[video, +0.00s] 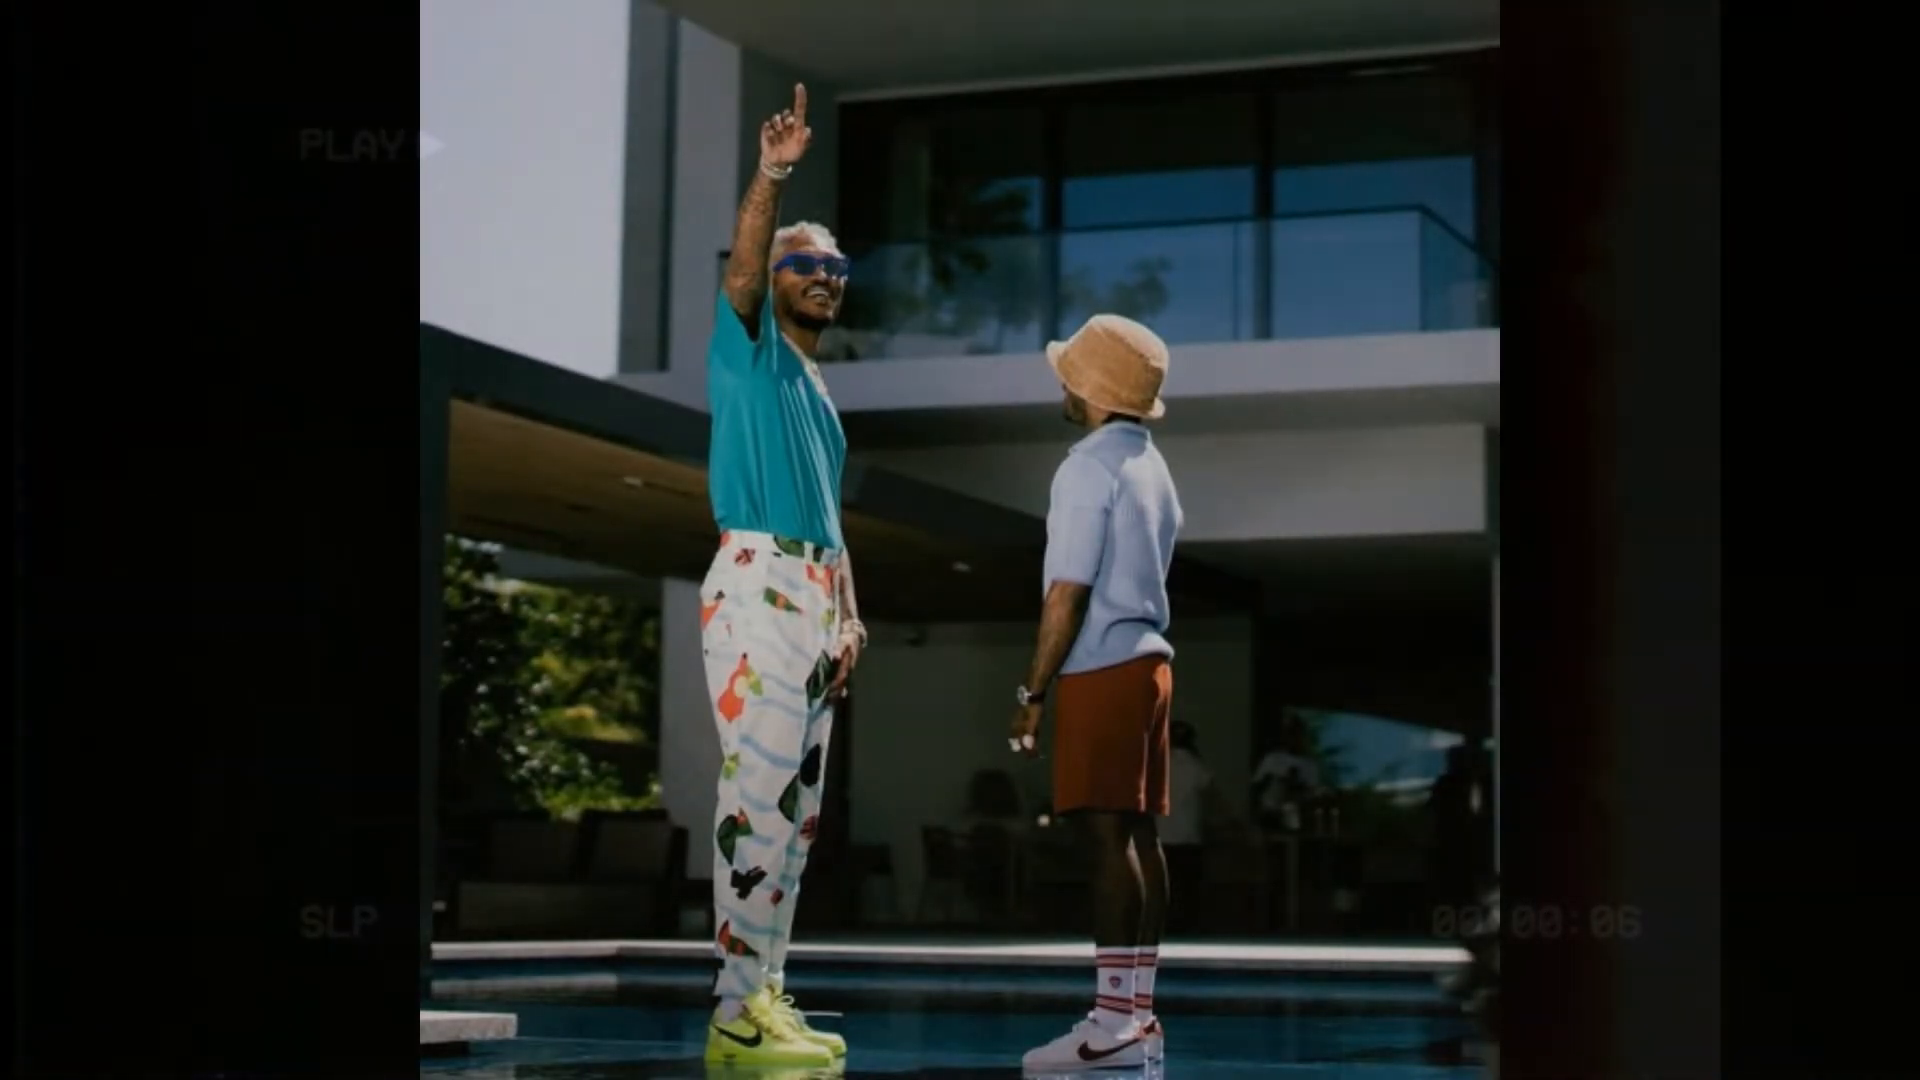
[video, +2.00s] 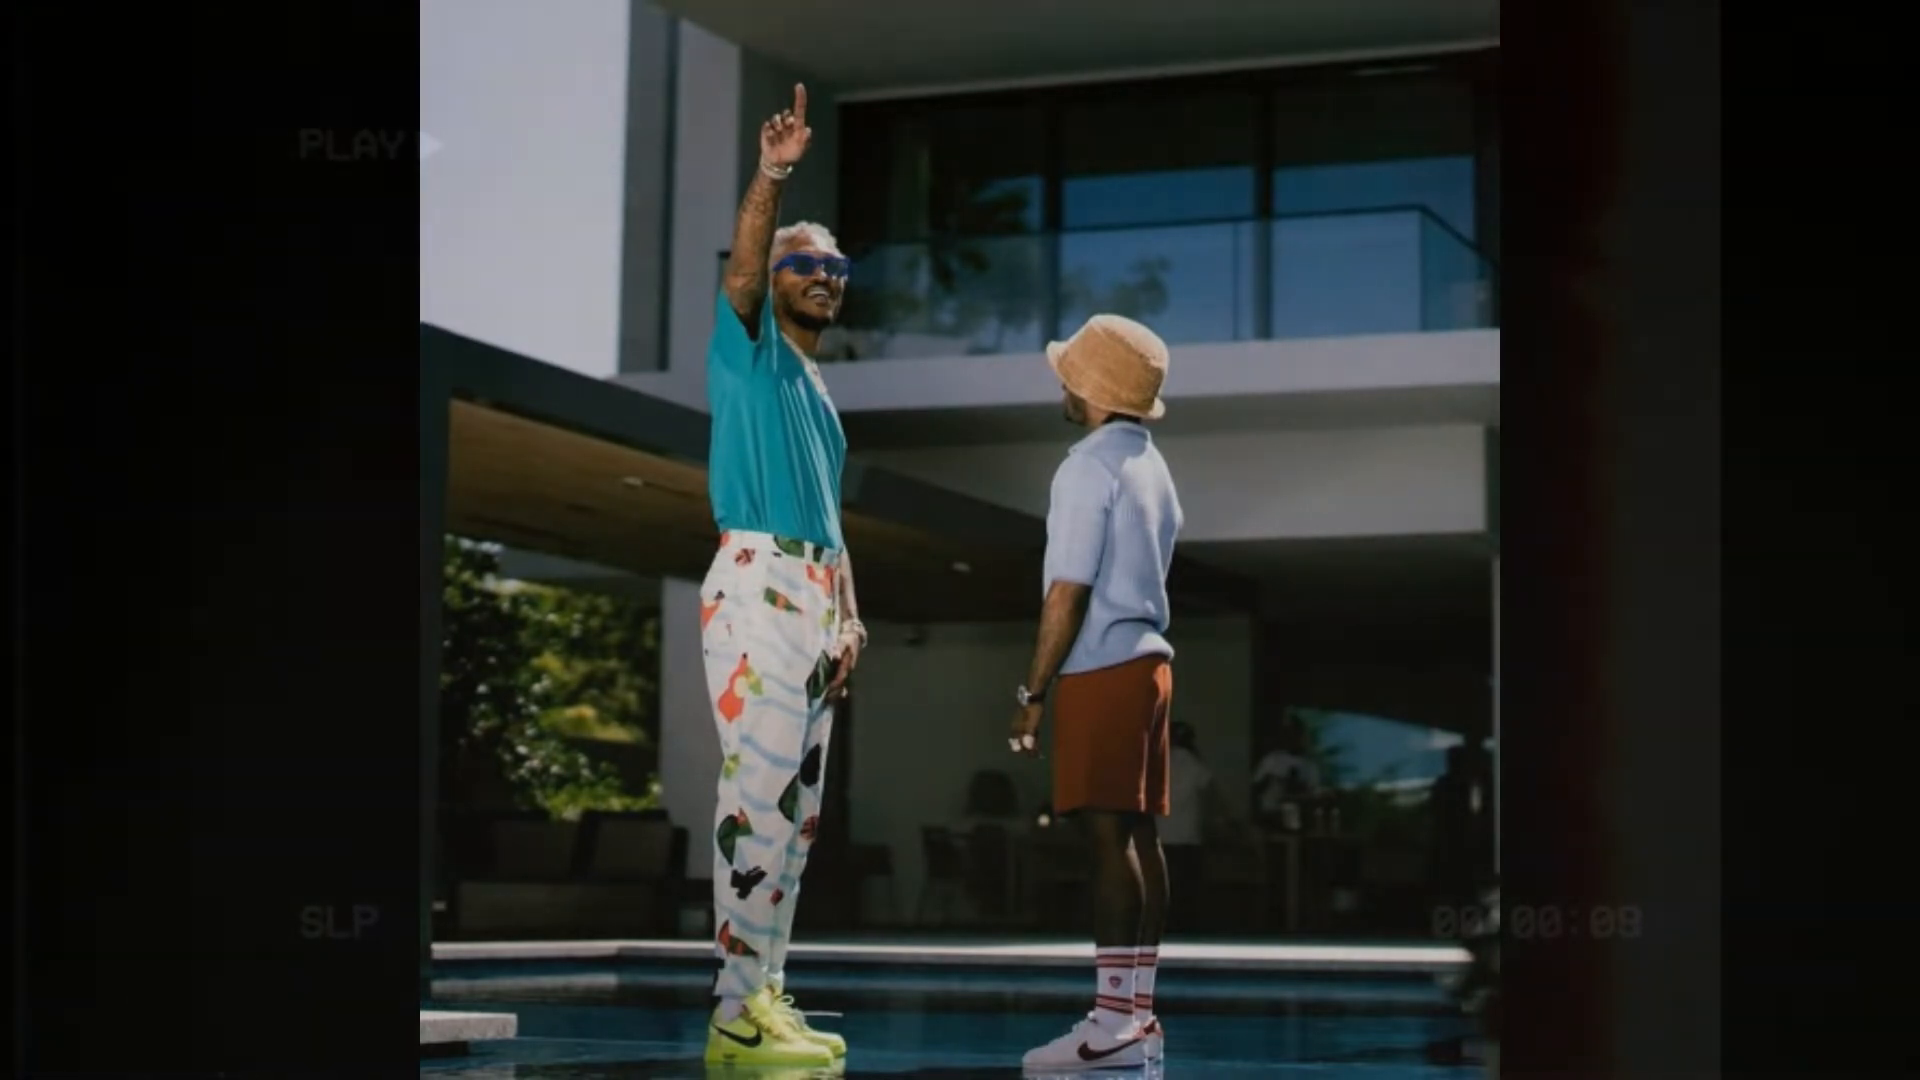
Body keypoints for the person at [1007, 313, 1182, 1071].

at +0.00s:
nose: (1064, 388)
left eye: (1072, 378)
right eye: (1069, 376)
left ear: (1091, 391)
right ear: (1131, 394)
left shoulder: (1088, 468)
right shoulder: (1148, 463)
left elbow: (1067, 595)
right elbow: (1147, 577)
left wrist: (1031, 691)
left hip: (1104, 670)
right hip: (1146, 666)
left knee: (1108, 838)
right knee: (1139, 837)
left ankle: (1116, 1014)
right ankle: (1135, 1011)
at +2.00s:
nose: (1064, 387)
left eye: (1072, 377)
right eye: (1068, 376)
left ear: (1092, 390)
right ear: (1130, 394)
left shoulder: (1088, 468)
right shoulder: (1148, 463)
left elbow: (1067, 594)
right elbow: (1149, 576)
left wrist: (1032, 691)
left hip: (1104, 669)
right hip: (1146, 665)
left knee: (1108, 838)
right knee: (1139, 838)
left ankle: (1116, 1015)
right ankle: (1135, 1012)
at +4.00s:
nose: (1064, 388)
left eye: (1072, 378)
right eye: (1068, 376)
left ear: (1093, 390)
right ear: (1130, 394)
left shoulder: (1088, 468)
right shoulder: (1147, 463)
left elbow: (1068, 594)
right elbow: (1147, 579)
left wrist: (1032, 691)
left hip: (1104, 669)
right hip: (1146, 665)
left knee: (1109, 838)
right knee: (1140, 838)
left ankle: (1116, 1015)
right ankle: (1135, 1012)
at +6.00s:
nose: (1064, 389)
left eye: (1072, 379)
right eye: (1068, 377)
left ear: (1093, 391)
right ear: (1130, 395)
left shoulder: (1088, 468)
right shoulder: (1147, 463)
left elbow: (1067, 595)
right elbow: (1146, 580)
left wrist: (1031, 692)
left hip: (1104, 668)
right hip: (1146, 665)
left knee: (1108, 838)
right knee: (1139, 838)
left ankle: (1115, 1015)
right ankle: (1135, 1012)